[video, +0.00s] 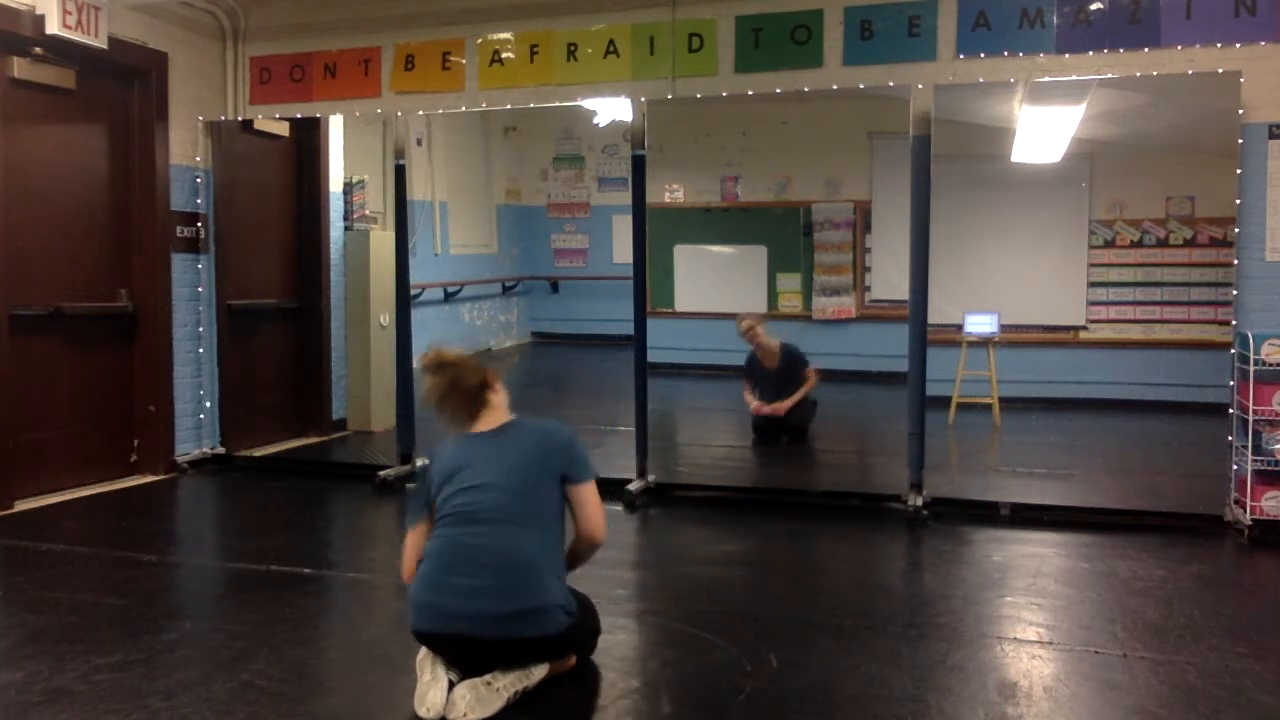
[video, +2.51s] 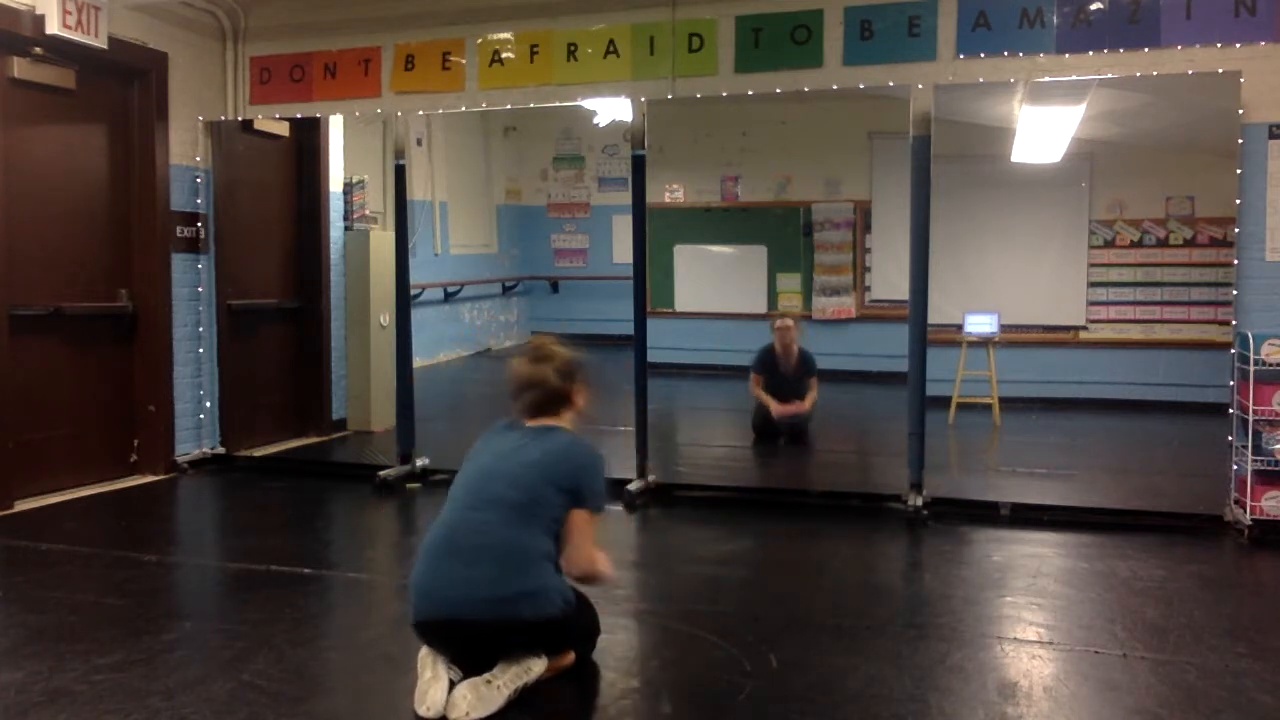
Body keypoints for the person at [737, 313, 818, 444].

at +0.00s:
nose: (751, 335)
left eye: (753, 329)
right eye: (746, 333)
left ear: (762, 327)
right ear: (744, 338)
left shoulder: (790, 352)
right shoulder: (752, 361)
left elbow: (811, 379)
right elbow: (748, 390)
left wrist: (786, 404)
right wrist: (754, 404)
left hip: (795, 406)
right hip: (768, 408)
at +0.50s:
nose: (736, 387)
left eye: (736, 381)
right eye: (733, 384)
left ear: (746, 370)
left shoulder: (777, 375)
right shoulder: (745, 383)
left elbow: (755, 409)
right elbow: (729, 409)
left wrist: (733, 437)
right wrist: (712, 434)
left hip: (800, 400)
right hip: (774, 401)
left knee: (795, 431)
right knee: (761, 431)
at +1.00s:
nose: (761, 325)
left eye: (765, 321)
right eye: (757, 322)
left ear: (774, 325)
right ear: (752, 326)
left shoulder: (787, 351)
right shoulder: (748, 354)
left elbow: (813, 381)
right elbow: (740, 384)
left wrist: (786, 399)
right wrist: (754, 398)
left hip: (793, 408)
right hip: (765, 408)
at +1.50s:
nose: (793, 336)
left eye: (798, 332)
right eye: (791, 330)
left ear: (803, 335)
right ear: (784, 329)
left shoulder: (806, 361)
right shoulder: (765, 352)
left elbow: (815, 389)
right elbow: (748, 382)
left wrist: (800, 407)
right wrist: (769, 410)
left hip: (795, 419)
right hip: (766, 418)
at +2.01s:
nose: (800, 394)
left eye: (804, 391)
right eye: (799, 389)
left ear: (810, 387)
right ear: (792, 379)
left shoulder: (807, 385)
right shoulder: (769, 380)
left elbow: (814, 414)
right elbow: (782, 413)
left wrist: (823, 440)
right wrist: (802, 440)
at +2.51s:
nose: (784, 334)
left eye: (788, 329)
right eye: (780, 329)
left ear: (795, 332)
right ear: (774, 333)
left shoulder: (806, 358)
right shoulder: (765, 355)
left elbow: (813, 388)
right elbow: (755, 387)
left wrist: (805, 405)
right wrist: (773, 405)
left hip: (797, 407)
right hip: (771, 407)